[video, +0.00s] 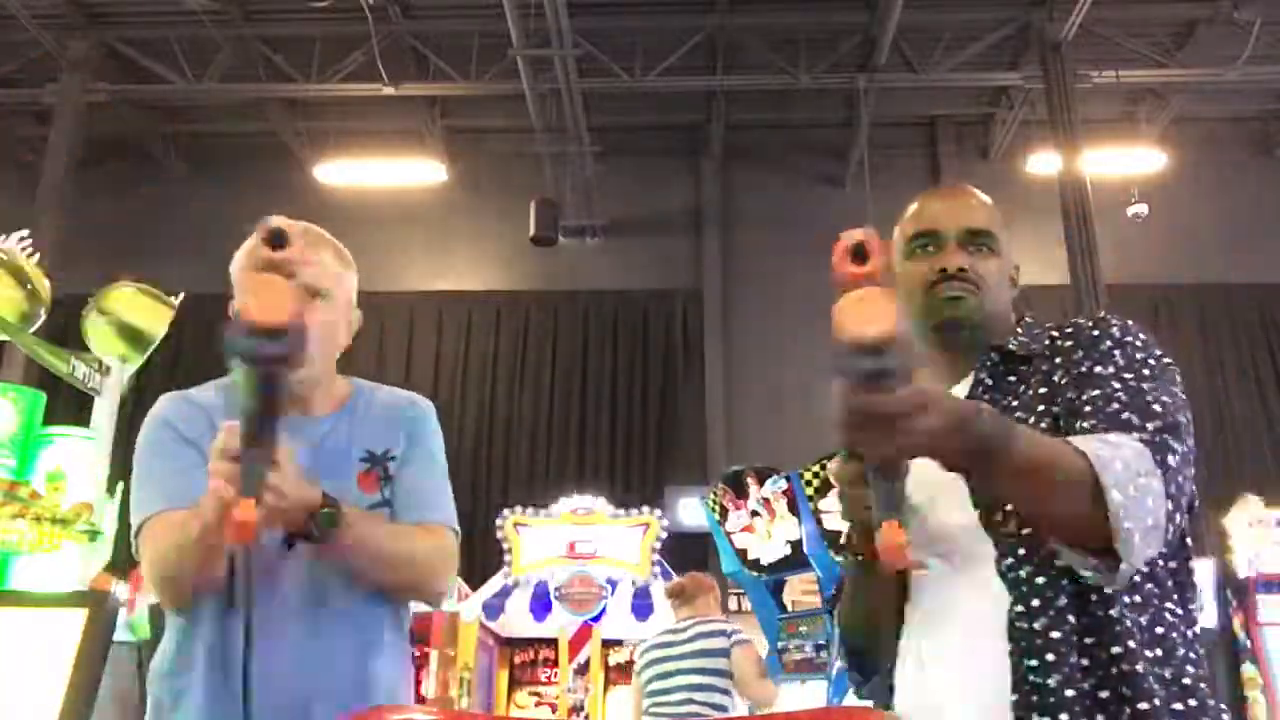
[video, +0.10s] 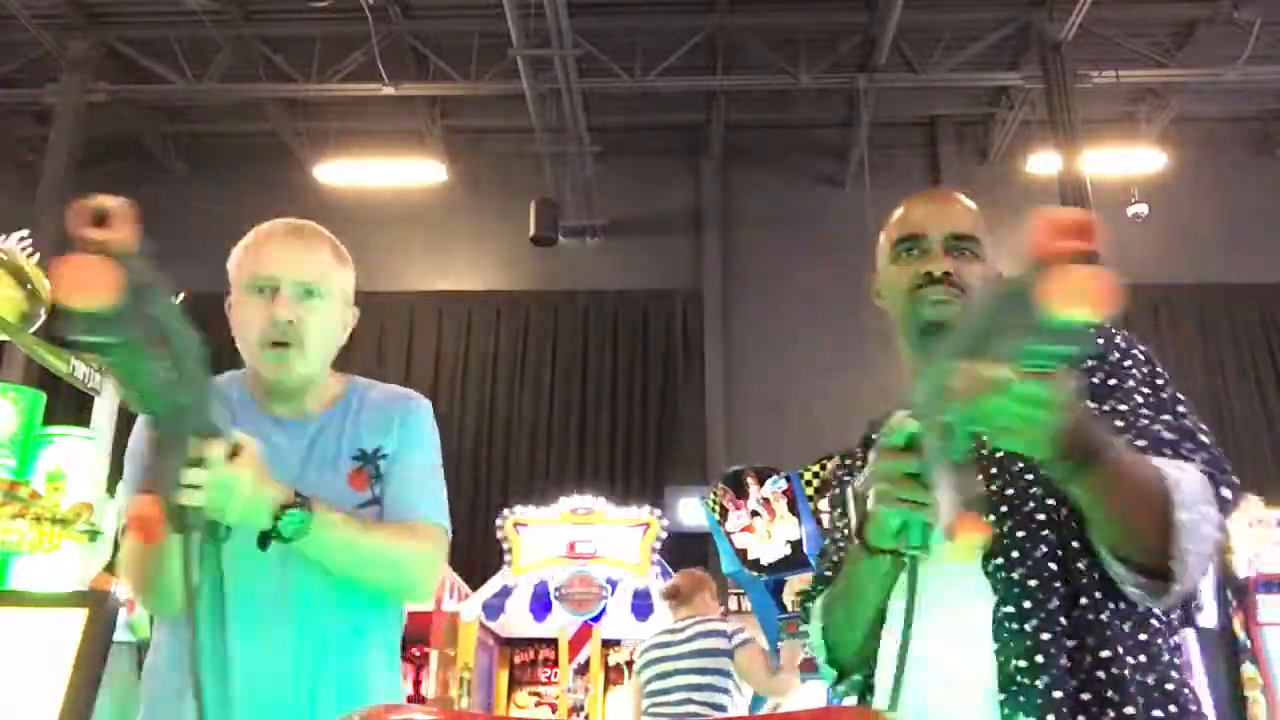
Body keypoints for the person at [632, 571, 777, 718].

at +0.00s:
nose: (721, 610)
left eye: (719, 603)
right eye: (719, 602)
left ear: (675, 608)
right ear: (713, 598)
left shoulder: (646, 647)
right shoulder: (728, 632)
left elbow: (638, 712)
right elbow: (755, 691)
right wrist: (770, 692)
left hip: (656, 714)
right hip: (708, 713)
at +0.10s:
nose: (720, 607)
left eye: (717, 600)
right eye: (716, 599)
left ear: (672, 607)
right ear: (707, 597)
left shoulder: (645, 647)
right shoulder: (727, 630)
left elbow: (636, 712)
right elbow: (769, 687)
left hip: (655, 715)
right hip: (709, 713)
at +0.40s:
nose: (718, 608)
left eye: (716, 601)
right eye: (715, 600)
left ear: (673, 608)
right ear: (706, 598)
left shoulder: (645, 647)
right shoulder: (729, 631)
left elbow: (630, 713)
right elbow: (774, 677)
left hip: (655, 715)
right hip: (707, 713)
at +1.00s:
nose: (728, 604)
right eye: (724, 597)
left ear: (679, 607)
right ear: (720, 596)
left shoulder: (653, 647)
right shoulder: (738, 636)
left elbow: (651, 702)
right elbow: (792, 688)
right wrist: (799, 659)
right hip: (717, 714)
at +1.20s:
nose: (728, 608)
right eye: (726, 603)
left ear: (682, 612)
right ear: (721, 604)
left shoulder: (655, 646)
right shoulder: (739, 636)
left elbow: (650, 699)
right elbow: (795, 686)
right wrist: (800, 654)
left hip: (662, 715)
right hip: (715, 713)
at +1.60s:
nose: (728, 608)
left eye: (725, 601)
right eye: (725, 601)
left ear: (681, 612)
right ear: (717, 600)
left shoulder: (655, 645)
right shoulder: (740, 635)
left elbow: (650, 702)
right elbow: (789, 687)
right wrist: (800, 660)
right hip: (718, 713)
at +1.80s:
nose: (725, 608)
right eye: (723, 601)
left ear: (679, 610)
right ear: (716, 601)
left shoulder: (649, 648)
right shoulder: (734, 635)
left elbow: (648, 702)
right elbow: (784, 690)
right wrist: (796, 663)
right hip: (711, 713)